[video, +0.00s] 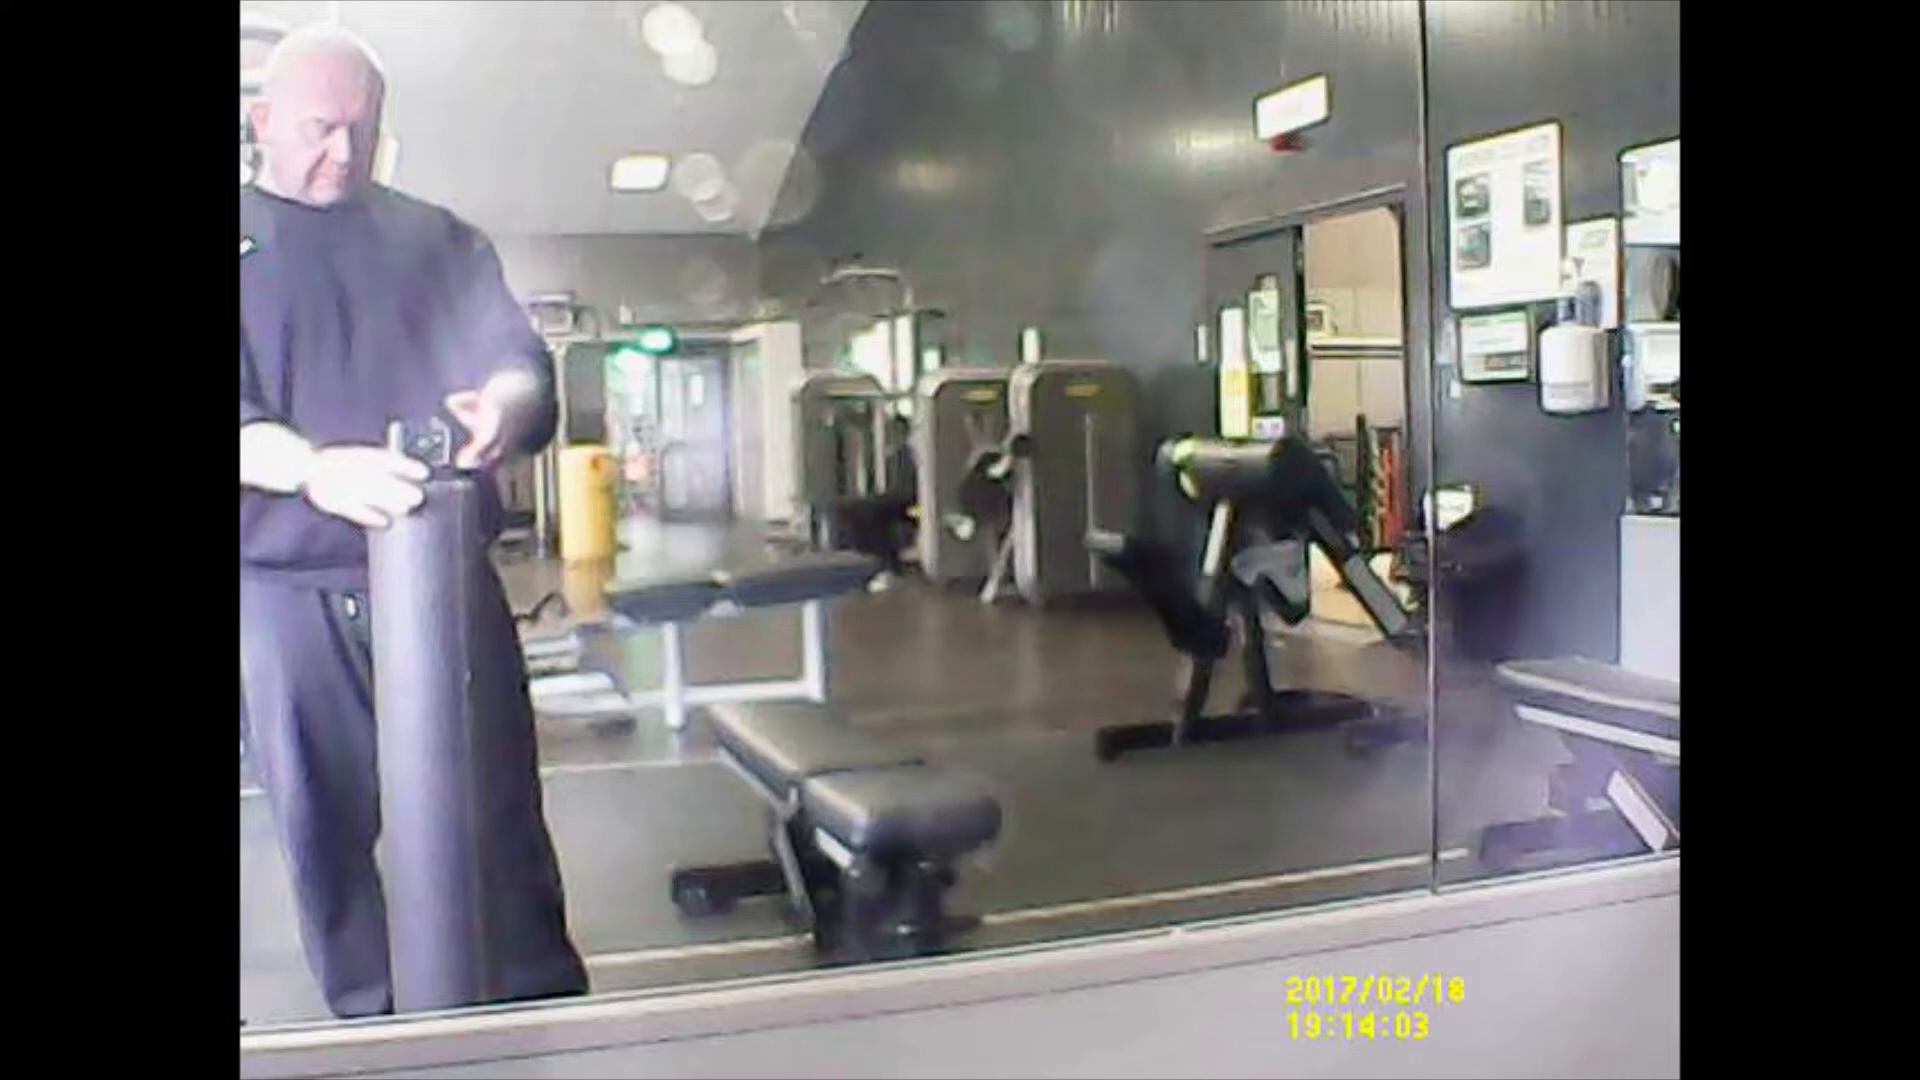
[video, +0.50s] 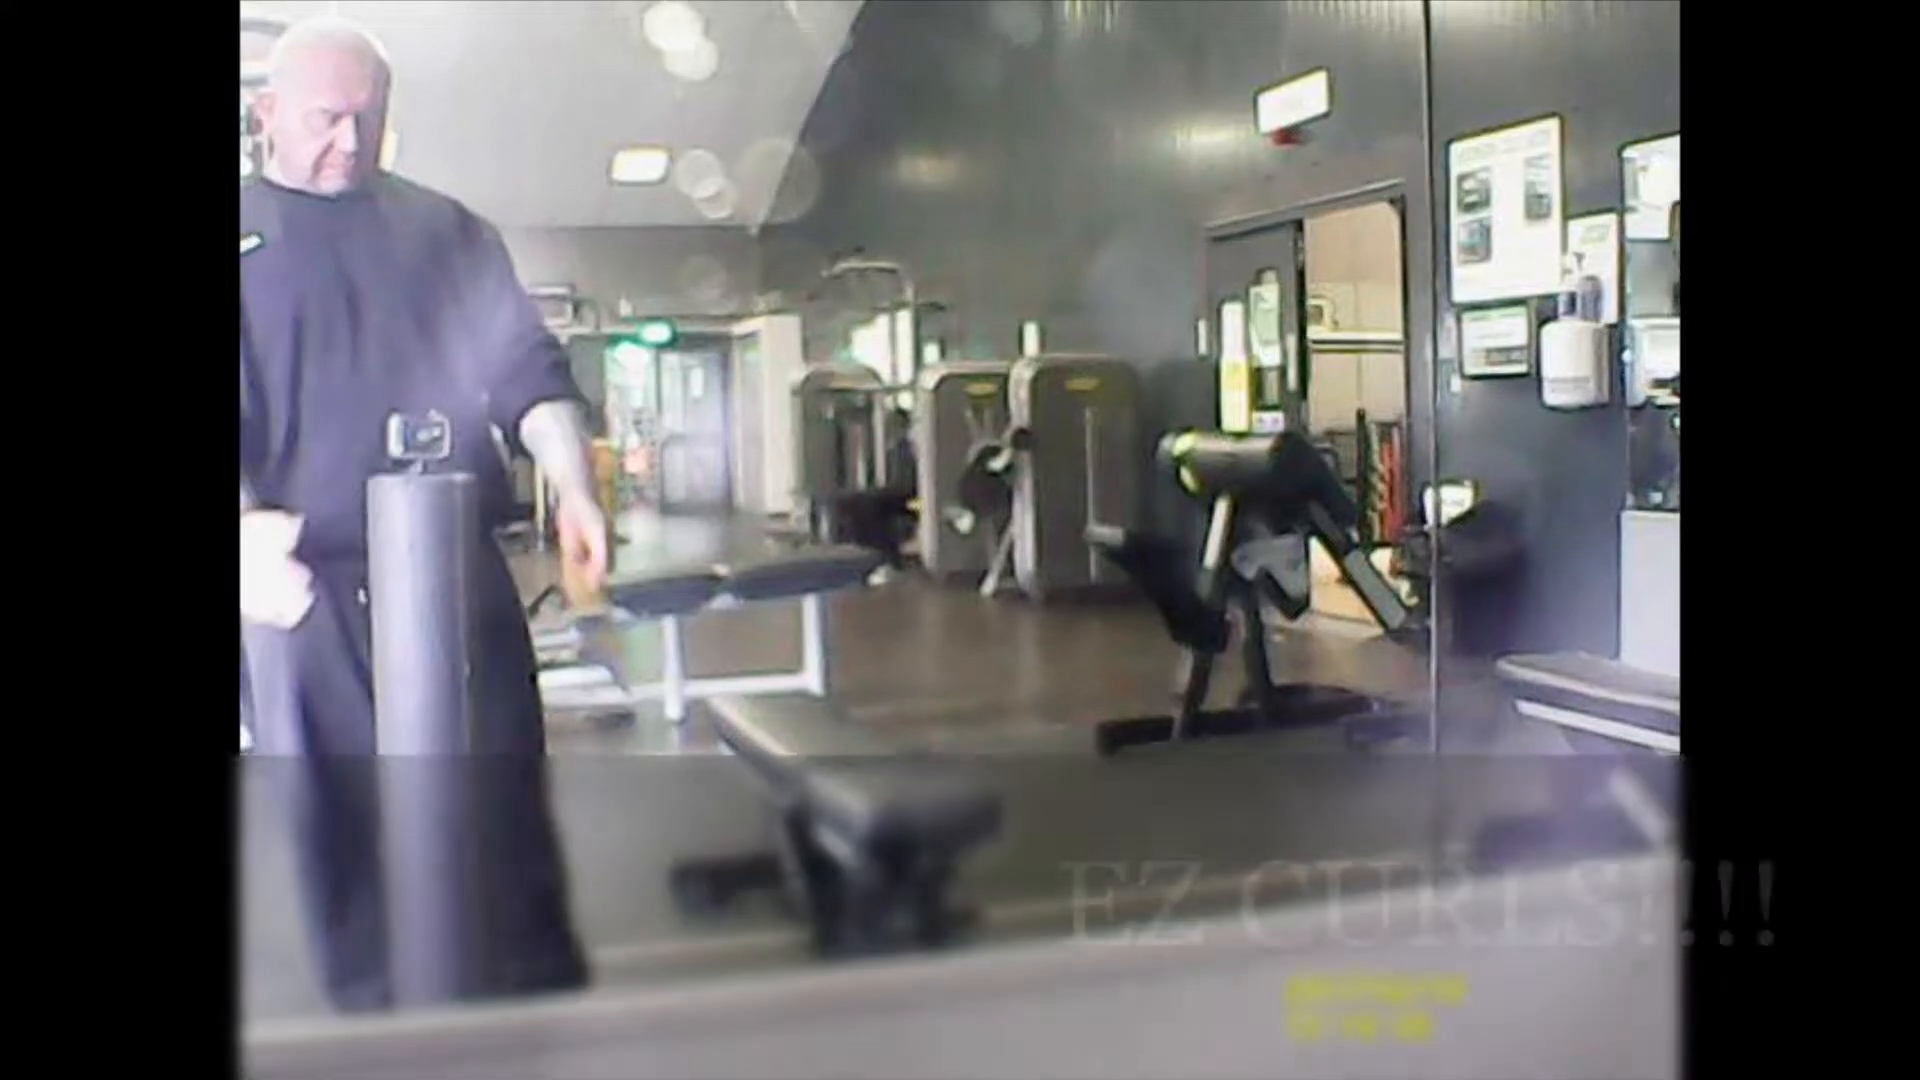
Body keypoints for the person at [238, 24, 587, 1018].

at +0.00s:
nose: (343, 153)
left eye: (361, 129)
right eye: (321, 128)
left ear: (381, 124)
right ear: (262, 121)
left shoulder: (441, 238)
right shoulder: (244, 247)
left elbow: (524, 366)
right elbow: (240, 425)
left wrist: (507, 411)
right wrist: (313, 467)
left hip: (451, 576)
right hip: (293, 591)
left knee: (500, 816)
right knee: (324, 837)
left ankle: (546, 1026)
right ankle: (372, 1035)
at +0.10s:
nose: (344, 152)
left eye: (362, 128)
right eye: (321, 127)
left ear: (382, 123)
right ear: (262, 120)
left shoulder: (441, 238)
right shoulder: (245, 246)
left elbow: (524, 366)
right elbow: (239, 425)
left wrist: (511, 412)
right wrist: (312, 466)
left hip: (451, 576)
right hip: (293, 591)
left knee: (500, 816)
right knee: (324, 837)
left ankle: (546, 1026)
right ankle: (372, 1035)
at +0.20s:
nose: (344, 148)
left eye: (363, 125)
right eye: (320, 125)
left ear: (384, 122)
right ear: (263, 121)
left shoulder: (444, 237)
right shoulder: (246, 248)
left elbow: (526, 363)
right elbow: (235, 428)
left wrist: (527, 406)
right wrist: (300, 467)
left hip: (452, 570)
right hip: (292, 586)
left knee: (500, 813)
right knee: (325, 835)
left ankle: (546, 1024)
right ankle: (371, 1034)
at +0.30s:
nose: (344, 145)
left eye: (363, 122)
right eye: (320, 122)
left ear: (385, 118)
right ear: (265, 117)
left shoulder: (447, 233)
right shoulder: (247, 241)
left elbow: (520, 355)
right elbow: (232, 420)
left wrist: (533, 422)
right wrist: (276, 478)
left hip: (453, 559)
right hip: (295, 575)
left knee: (500, 797)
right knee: (326, 816)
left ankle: (546, 1017)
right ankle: (371, 1028)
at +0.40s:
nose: (347, 142)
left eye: (365, 119)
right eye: (323, 119)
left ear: (386, 116)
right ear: (267, 115)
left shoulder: (446, 231)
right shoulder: (247, 240)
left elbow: (521, 361)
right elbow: (235, 422)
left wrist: (565, 465)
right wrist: (245, 520)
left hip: (456, 560)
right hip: (305, 569)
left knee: (501, 786)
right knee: (334, 801)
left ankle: (543, 1009)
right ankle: (368, 1016)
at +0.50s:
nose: (347, 141)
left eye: (365, 118)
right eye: (324, 118)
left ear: (387, 114)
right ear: (268, 115)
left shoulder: (448, 230)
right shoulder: (247, 237)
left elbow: (527, 369)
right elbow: (238, 418)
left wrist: (574, 484)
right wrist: (242, 527)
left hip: (458, 562)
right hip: (305, 572)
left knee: (502, 789)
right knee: (337, 806)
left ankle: (542, 1008)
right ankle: (367, 1015)